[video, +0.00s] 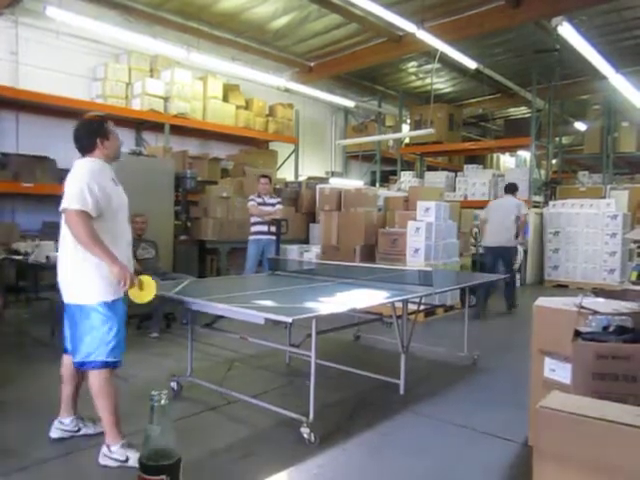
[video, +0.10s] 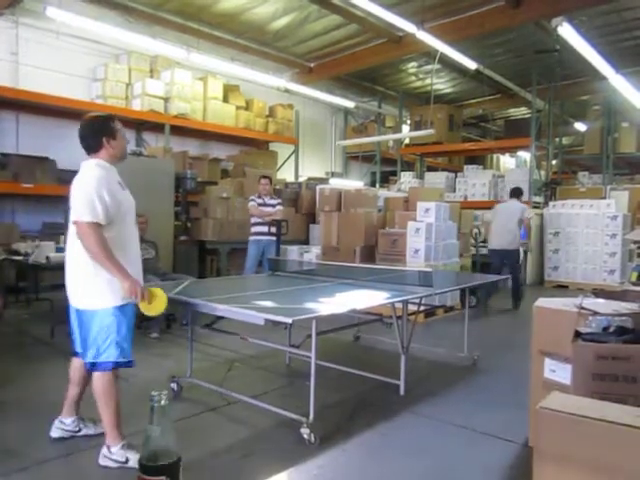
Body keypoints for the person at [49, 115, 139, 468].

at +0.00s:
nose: (119, 141)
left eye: (116, 136)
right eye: (114, 136)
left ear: (94, 143)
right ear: (101, 141)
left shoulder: (101, 172)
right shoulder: (87, 170)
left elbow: (96, 222)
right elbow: (75, 218)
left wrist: (127, 226)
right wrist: (114, 262)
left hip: (91, 286)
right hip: (93, 288)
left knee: (75, 354)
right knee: (101, 364)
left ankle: (66, 418)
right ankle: (114, 444)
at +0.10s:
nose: (125, 141)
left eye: (123, 136)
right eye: (121, 136)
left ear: (100, 143)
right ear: (107, 141)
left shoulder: (104, 175)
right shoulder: (93, 176)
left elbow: (102, 227)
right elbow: (87, 229)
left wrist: (131, 224)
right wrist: (125, 277)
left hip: (98, 289)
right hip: (101, 291)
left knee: (84, 355)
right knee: (105, 365)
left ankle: (67, 418)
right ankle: (114, 445)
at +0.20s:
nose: (134, 140)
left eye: (131, 135)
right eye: (129, 135)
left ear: (107, 142)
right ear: (114, 141)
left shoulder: (106, 175)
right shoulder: (101, 178)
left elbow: (111, 233)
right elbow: (101, 236)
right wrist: (137, 283)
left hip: (110, 291)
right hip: (108, 294)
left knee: (102, 357)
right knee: (109, 367)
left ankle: (72, 412)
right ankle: (113, 446)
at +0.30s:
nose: (139, 141)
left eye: (136, 135)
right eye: (135, 135)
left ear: (110, 141)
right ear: (120, 140)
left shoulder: (106, 171)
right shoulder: (108, 175)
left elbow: (108, 234)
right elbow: (111, 236)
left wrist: (145, 278)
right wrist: (149, 279)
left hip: (113, 289)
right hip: (114, 292)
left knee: (115, 358)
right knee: (114, 366)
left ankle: (84, 404)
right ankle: (114, 446)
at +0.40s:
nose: (144, 142)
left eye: (141, 136)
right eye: (140, 136)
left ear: (113, 141)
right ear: (126, 141)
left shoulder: (102, 170)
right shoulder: (114, 175)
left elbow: (114, 233)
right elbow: (124, 234)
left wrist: (154, 273)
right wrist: (159, 275)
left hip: (110, 286)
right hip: (121, 289)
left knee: (118, 355)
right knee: (118, 365)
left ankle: (95, 402)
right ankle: (115, 446)